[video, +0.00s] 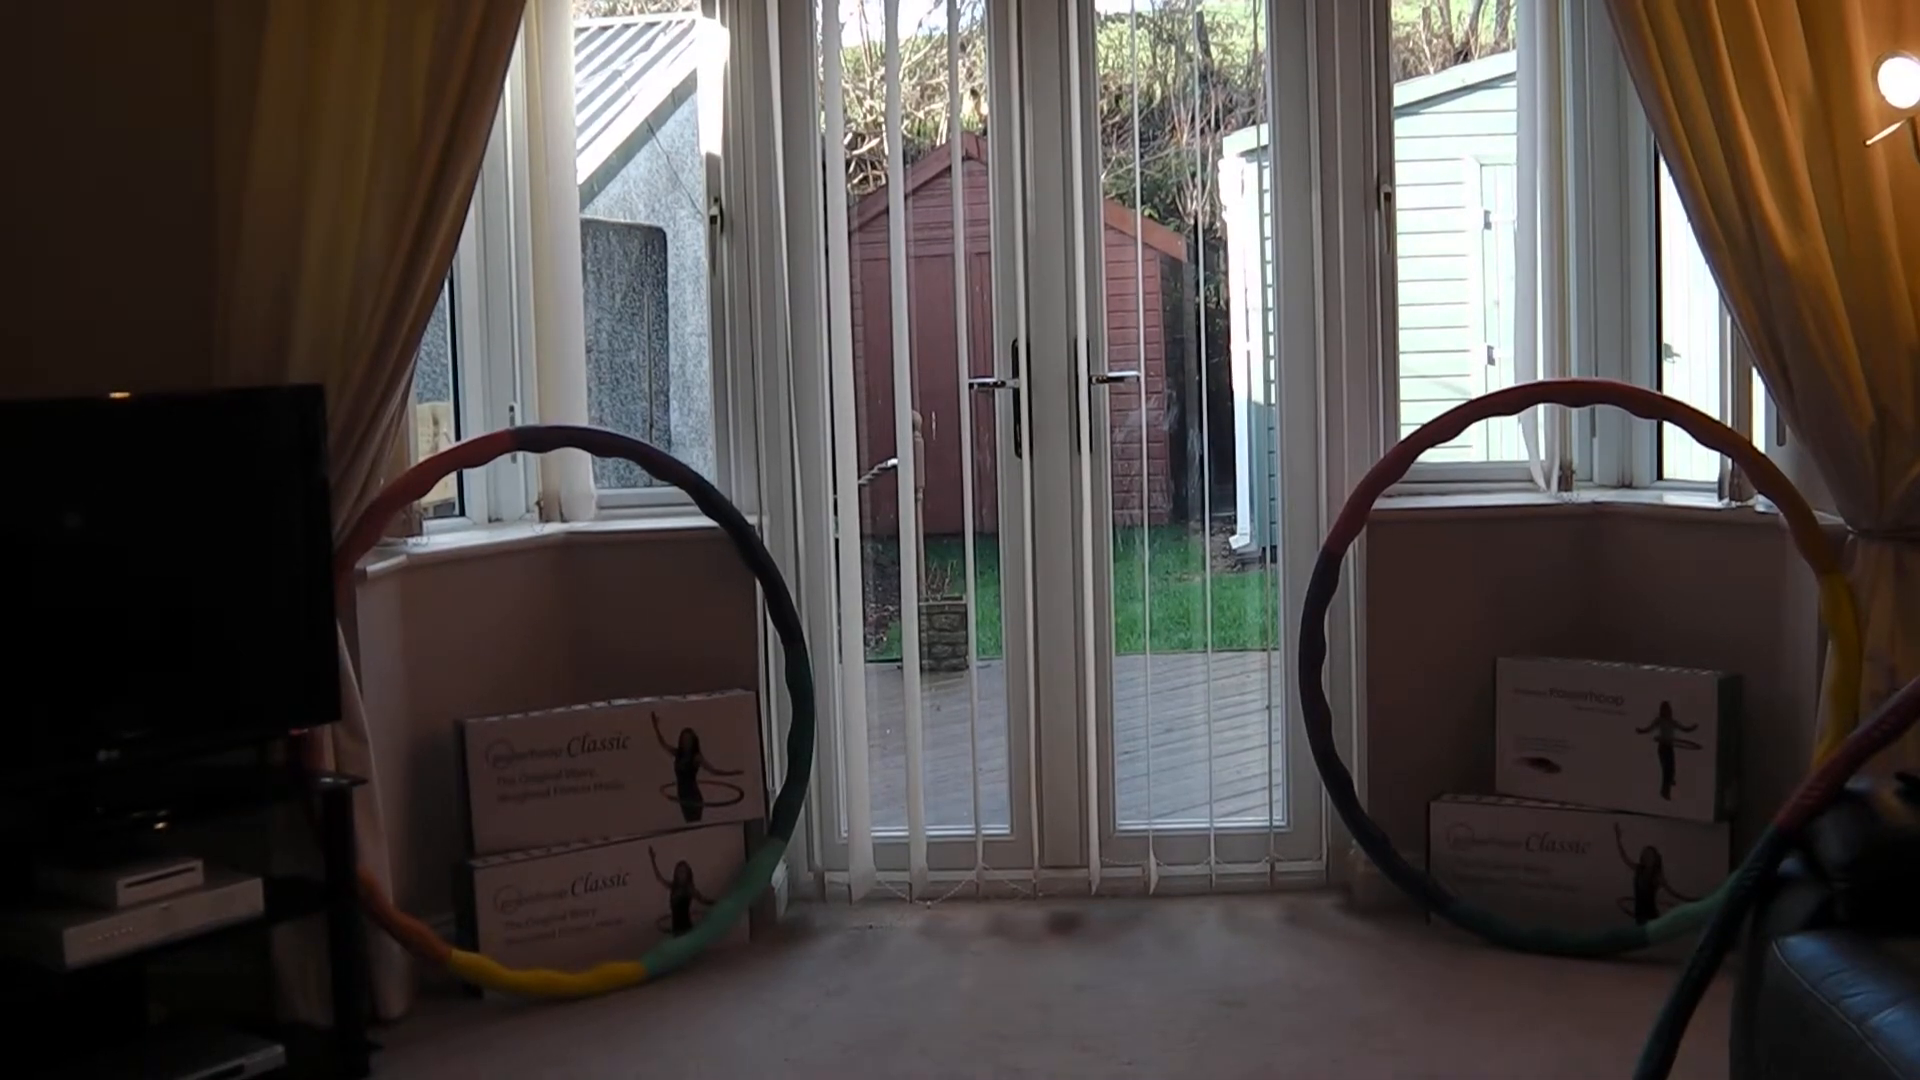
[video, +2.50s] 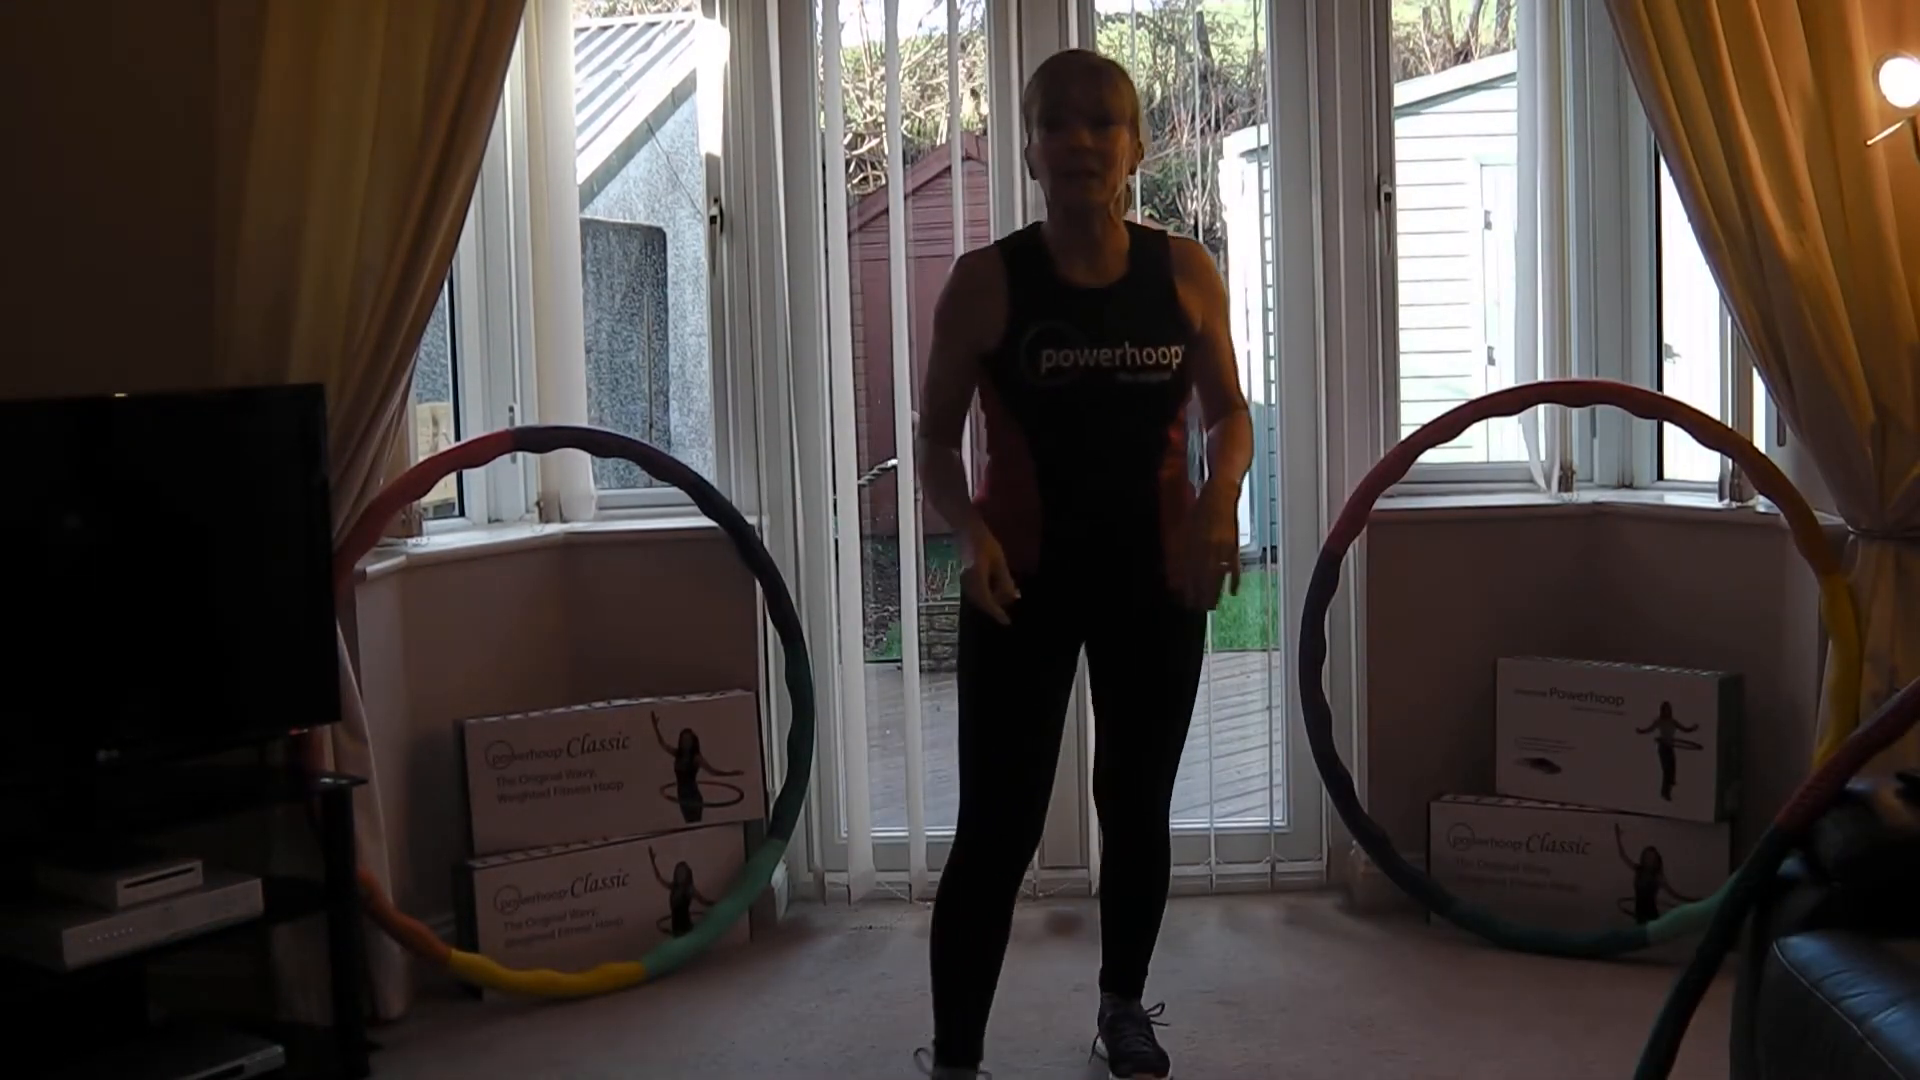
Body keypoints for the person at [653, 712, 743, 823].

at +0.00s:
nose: (685, 741)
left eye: (688, 739)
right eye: (683, 738)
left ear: (693, 741)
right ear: (680, 740)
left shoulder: (696, 756)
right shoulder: (678, 754)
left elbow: (713, 771)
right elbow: (662, 744)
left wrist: (733, 773)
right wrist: (655, 725)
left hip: (693, 793)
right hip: (682, 793)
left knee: (696, 826)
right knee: (690, 826)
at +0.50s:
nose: (684, 741)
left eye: (688, 738)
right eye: (683, 738)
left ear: (693, 741)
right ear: (680, 740)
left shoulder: (696, 757)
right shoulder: (678, 754)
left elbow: (713, 772)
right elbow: (662, 744)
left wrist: (733, 773)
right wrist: (655, 725)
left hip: (693, 794)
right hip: (682, 794)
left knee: (696, 826)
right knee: (690, 826)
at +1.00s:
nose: (684, 742)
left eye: (688, 739)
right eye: (683, 739)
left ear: (693, 742)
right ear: (680, 741)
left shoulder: (696, 758)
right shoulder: (678, 754)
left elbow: (713, 772)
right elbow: (662, 744)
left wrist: (733, 774)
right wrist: (655, 726)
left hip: (693, 794)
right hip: (682, 794)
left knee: (696, 827)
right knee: (690, 827)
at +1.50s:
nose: (685, 742)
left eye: (688, 739)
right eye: (683, 739)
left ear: (693, 741)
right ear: (680, 741)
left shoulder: (696, 757)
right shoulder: (678, 754)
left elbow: (712, 772)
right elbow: (662, 744)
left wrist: (732, 773)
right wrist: (655, 725)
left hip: (693, 795)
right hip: (682, 795)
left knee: (696, 829)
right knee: (691, 829)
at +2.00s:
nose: (685, 742)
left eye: (688, 739)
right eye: (683, 739)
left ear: (693, 742)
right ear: (680, 741)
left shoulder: (696, 757)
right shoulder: (678, 754)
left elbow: (712, 772)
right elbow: (662, 744)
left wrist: (732, 774)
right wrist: (655, 726)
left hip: (693, 795)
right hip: (682, 795)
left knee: (696, 828)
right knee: (690, 829)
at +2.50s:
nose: (685, 741)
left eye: (688, 739)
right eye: (683, 739)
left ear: (693, 741)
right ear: (680, 741)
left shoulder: (696, 757)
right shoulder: (678, 754)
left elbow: (713, 772)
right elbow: (662, 744)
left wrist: (732, 773)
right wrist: (655, 725)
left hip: (693, 794)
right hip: (682, 795)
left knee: (696, 828)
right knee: (691, 828)